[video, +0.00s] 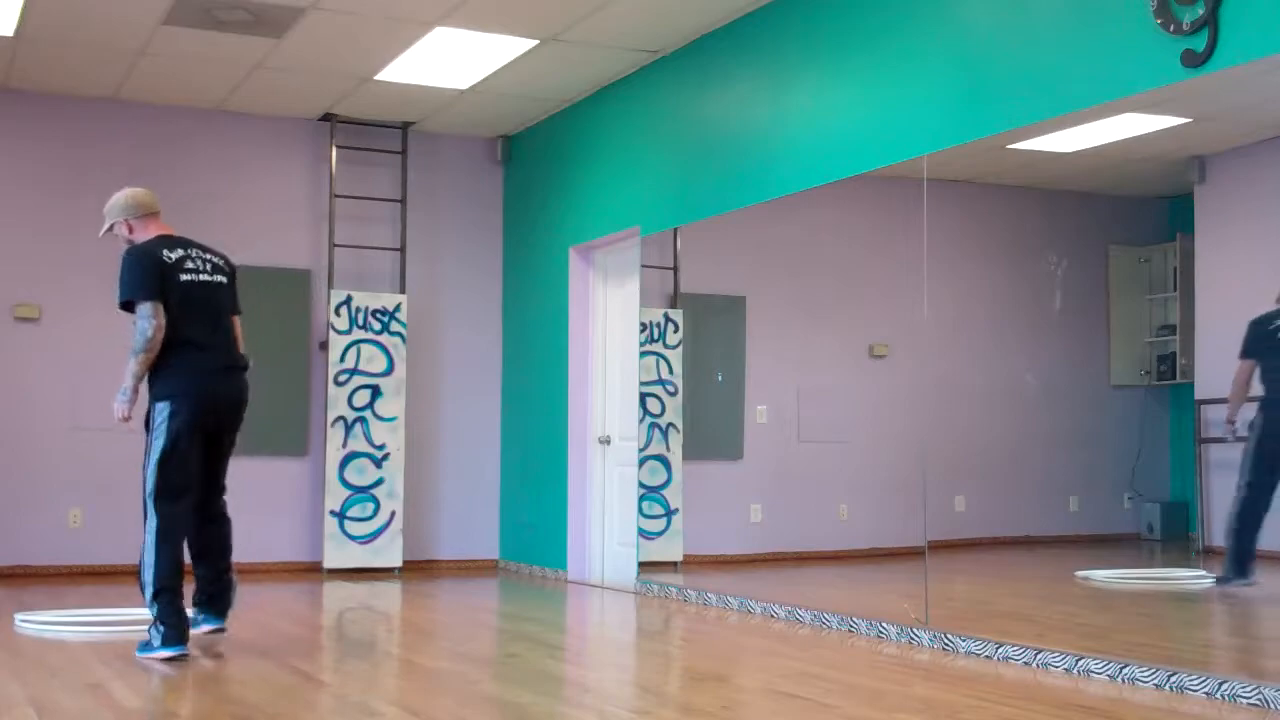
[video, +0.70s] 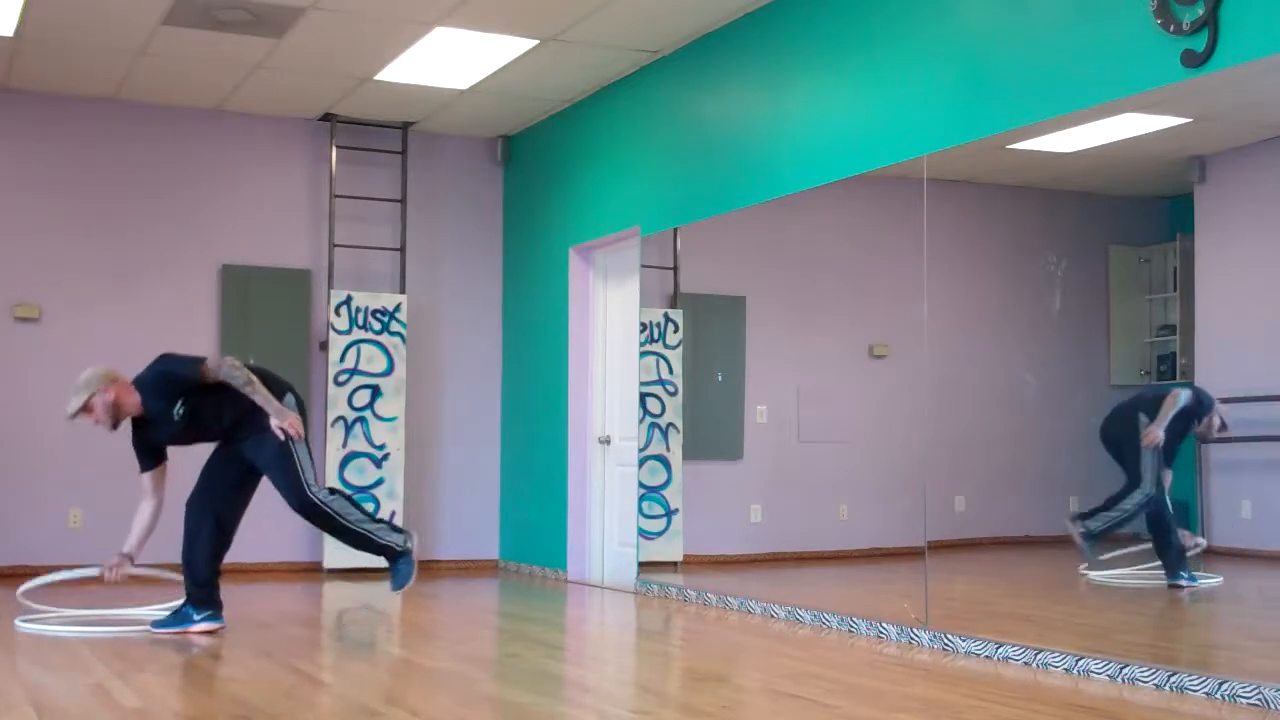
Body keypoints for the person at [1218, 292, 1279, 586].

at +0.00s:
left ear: (1276, 297)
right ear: (1276, 299)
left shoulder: (1264, 325)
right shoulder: (1264, 325)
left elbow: (1243, 377)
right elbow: (1244, 377)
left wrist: (1232, 414)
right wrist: (1233, 414)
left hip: (1273, 418)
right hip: (1271, 417)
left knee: (1255, 491)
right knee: (1255, 491)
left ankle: (1238, 567)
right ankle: (1238, 567)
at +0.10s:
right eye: (1276, 313)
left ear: (1259, 315)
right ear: (1278, 315)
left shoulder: (1239, 340)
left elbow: (1217, 388)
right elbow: (1218, 388)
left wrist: (1211, 429)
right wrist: (1211, 429)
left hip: (1246, 434)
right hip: (1274, 434)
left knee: (1225, 498)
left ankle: (1197, 563)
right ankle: (1198, 563)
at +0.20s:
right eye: (1262, 340)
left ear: (1239, 344)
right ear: (1263, 344)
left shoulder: (1210, 365)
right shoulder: (1269, 354)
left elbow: (1195, 416)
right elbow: (1273, 392)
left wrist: (1191, 465)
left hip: (1212, 446)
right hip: (1252, 443)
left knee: (1193, 506)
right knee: (1276, 498)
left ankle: (1177, 570)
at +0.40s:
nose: (1230, 437)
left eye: (1231, 433)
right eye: (1231, 431)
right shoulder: (1238, 401)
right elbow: (1232, 395)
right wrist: (1222, 428)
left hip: (1159, 420)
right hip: (1192, 419)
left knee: (1174, 500)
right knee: (1220, 501)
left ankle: (1178, 573)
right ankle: (1246, 572)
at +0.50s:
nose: (1211, 454)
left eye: (1214, 456)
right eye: (1217, 453)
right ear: (1224, 441)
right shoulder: (1227, 418)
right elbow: (1216, 402)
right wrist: (1201, 428)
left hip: (1141, 426)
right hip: (1172, 421)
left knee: (1164, 494)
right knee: (1187, 490)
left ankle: (1177, 571)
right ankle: (1194, 557)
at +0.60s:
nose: (1207, 455)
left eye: (1211, 456)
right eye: (1214, 451)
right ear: (1220, 439)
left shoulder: (1187, 444)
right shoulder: (1216, 418)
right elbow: (1197, 404)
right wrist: (1180, 428)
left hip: (1126, 428)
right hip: (1153, 420)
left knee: (1157, 495)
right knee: (1168, 489)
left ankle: (1178, 571)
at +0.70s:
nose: (1210, 438)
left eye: (1212, 438)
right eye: (1216, 433)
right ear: (1217, 419)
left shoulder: (1177, 431)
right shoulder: (1205, 402)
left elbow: (1164, 481)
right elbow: (1178, 395)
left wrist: (1175, 529)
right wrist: (1159, 426)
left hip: (1114, 430)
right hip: (1134, 422)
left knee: (1156, 495)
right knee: (1144, 488)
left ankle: (1176, 571)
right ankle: (1085, 527)